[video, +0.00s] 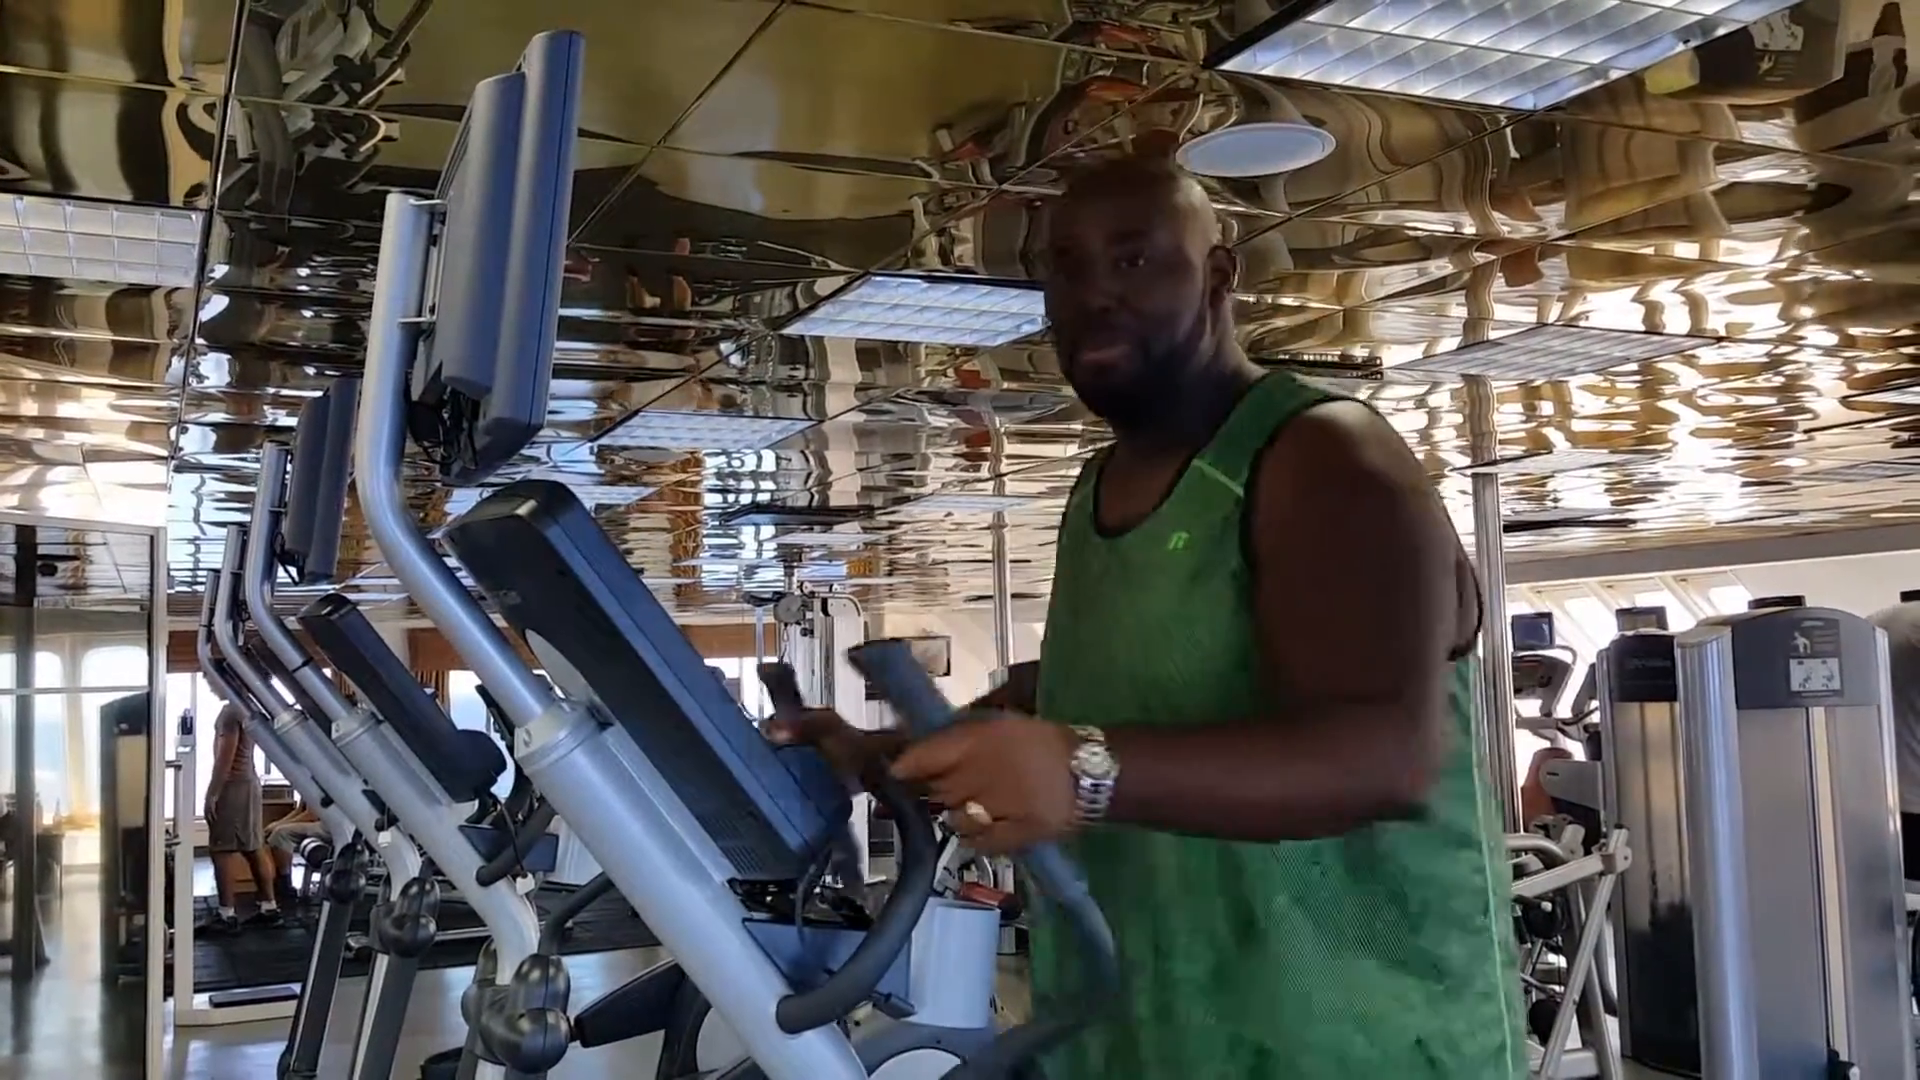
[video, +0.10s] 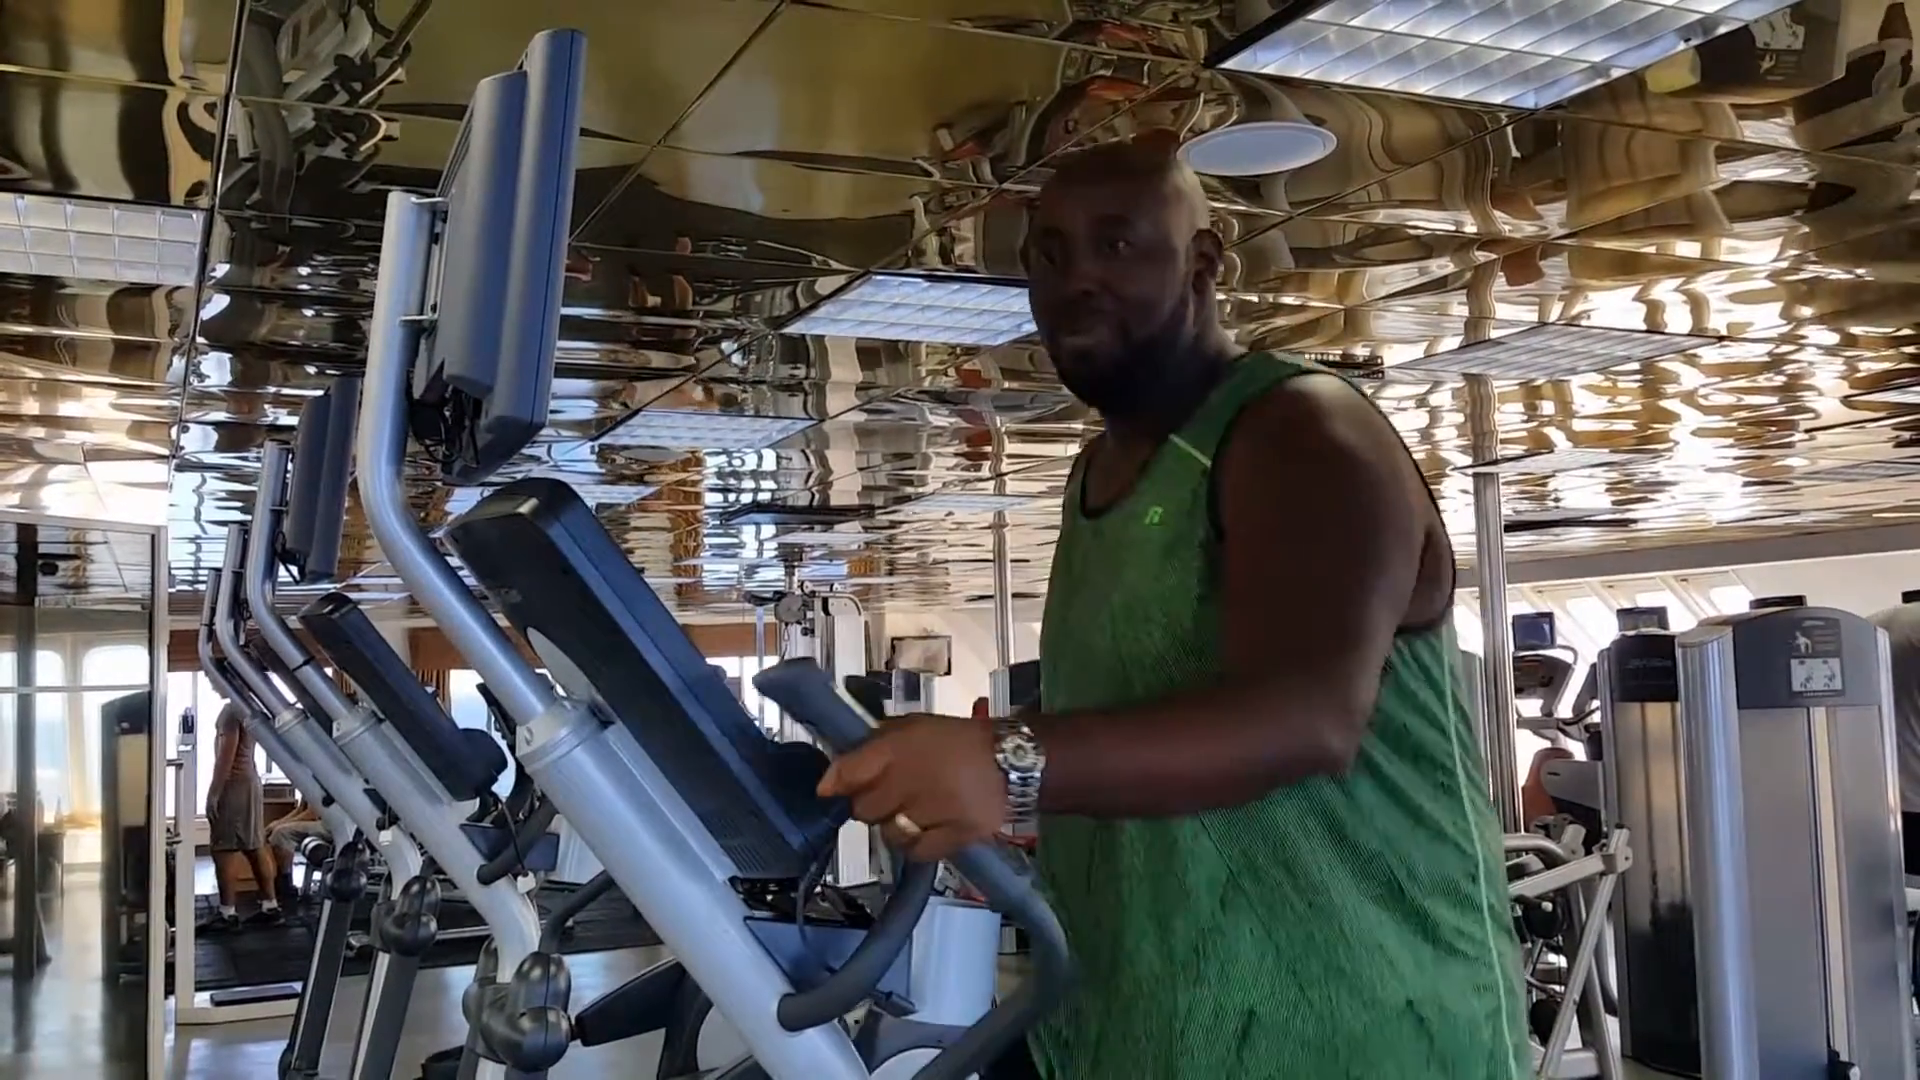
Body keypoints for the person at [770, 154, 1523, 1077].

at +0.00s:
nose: (1091, 296)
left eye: (1133, 258)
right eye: (1064, 269)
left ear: (1221, 277)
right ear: (1044, 297)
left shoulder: (1336, 463)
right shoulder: (1102, 490)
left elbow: (1389, 751)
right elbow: (1107, 719)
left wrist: (1092, 774)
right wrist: (901, 757)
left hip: (1345, 1037)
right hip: (1134, 1029)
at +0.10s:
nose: (1076, 283)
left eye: (1118, 245)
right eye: (1051, 253)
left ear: (1205, 266)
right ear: (1027, 279)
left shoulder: (1311, 430)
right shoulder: (1104, 467)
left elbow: (1310, 714)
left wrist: (1015, 764)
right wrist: (1026, 797)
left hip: (1336, 1023)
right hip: (1143, 1013)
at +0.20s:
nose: (1047, 245)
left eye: (1090, 210)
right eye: (1024, 216)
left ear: (1175, 234)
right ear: (998, 237)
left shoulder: (1289, 389)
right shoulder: (1089, 442)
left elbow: (1270, 652)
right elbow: (1122, 689)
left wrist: (986, 761)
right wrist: (979, 762)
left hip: (1335, 993)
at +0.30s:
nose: (1032, 220)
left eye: (1074, 186)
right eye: (1008, 193)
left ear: (1157, 206)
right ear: (986, 218)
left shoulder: (1272, 363)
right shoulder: (1072, 425)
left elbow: (1257, 625)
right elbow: (1101, 656)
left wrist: (992, 758)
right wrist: (981, 745)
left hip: (1327, 991)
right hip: (1139, 983)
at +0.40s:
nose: (1039, 225)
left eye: (1081, 193)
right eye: (1013, 199)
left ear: (1157, 219)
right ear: (987, 232)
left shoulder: (1269, 381)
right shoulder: (1056, 442)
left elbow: (1305, 639)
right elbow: (1056, 665)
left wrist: (1041, 761)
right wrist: (943, 756)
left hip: (1319, 985)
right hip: (1140, 989)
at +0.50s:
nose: (1054, 261)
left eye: (1097, 232)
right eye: (1024, 239)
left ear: (1172, 268)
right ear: (998, 284)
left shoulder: (1282, 433)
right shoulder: (1048, 489)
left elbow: (1389, 704)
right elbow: (1046, 709)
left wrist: (1136, 768)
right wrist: (847, 747)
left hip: (1314, 992)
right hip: (1126, 996)